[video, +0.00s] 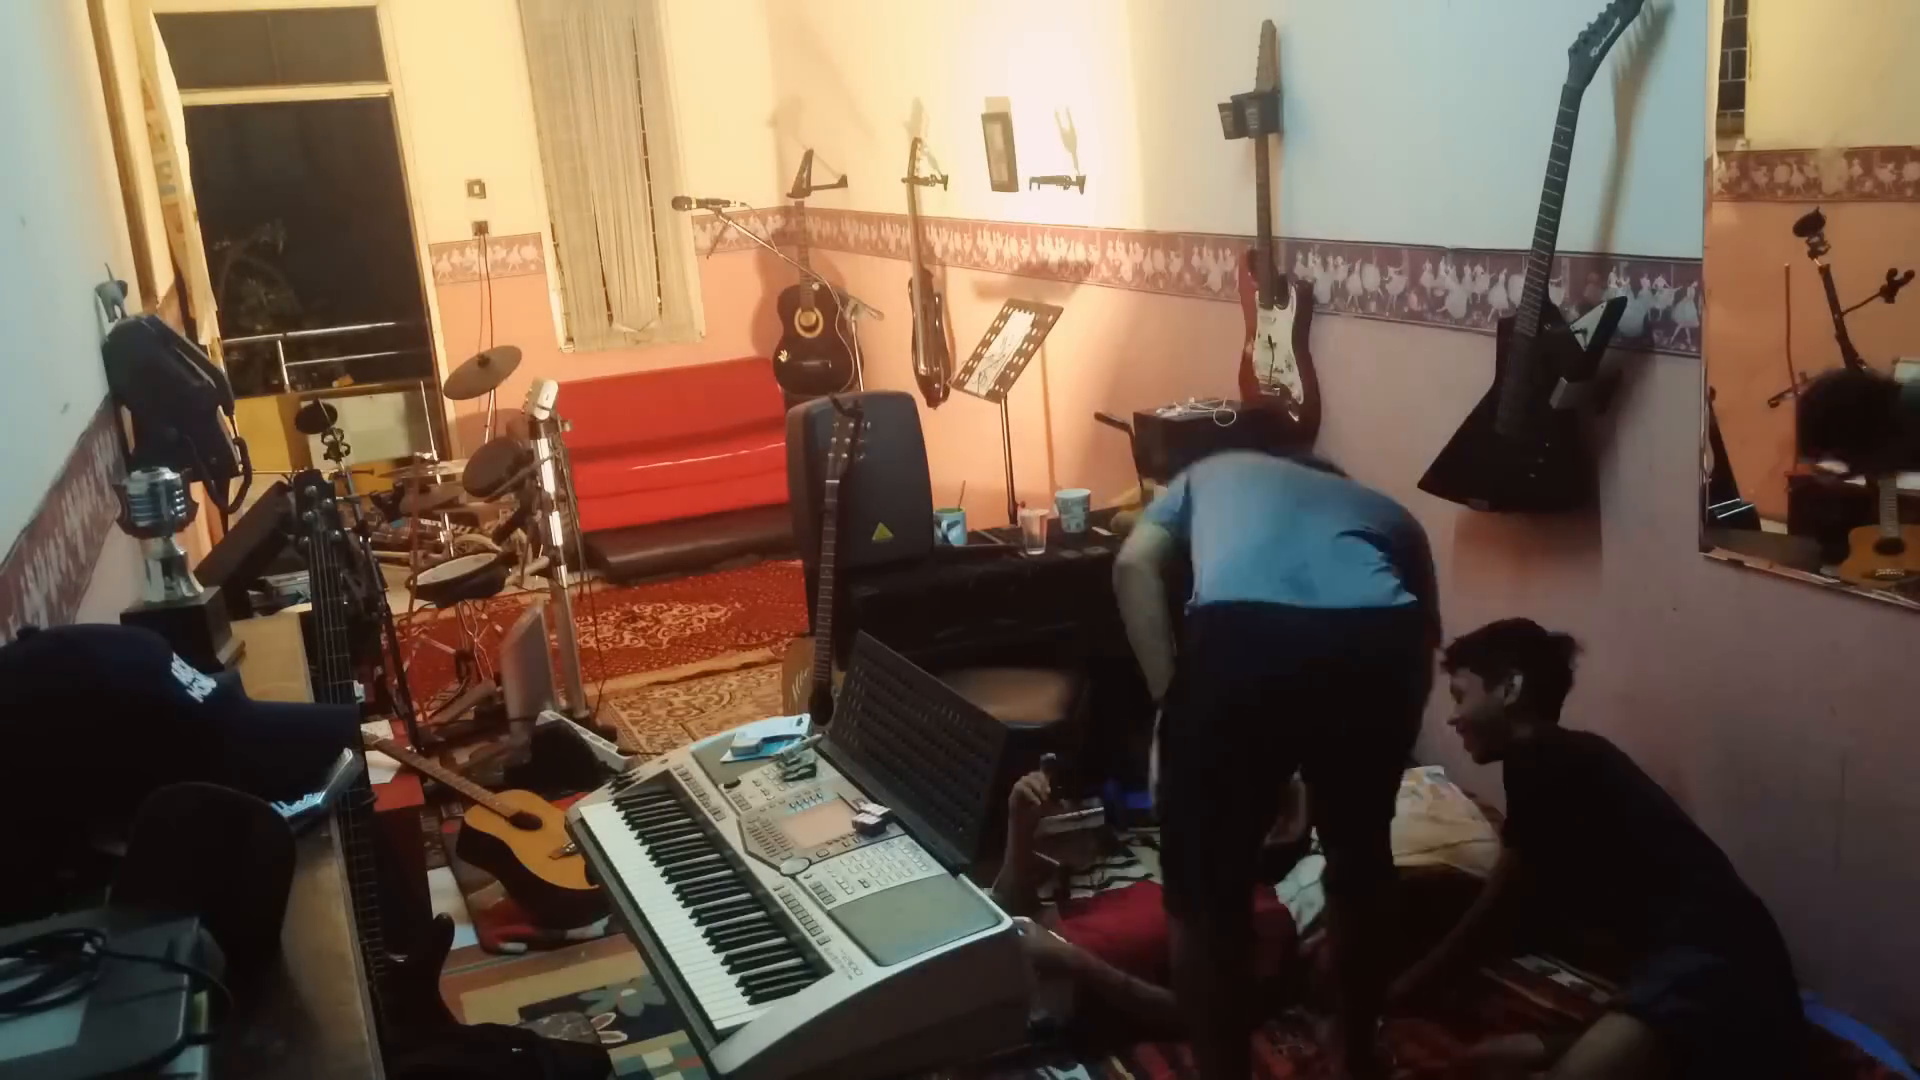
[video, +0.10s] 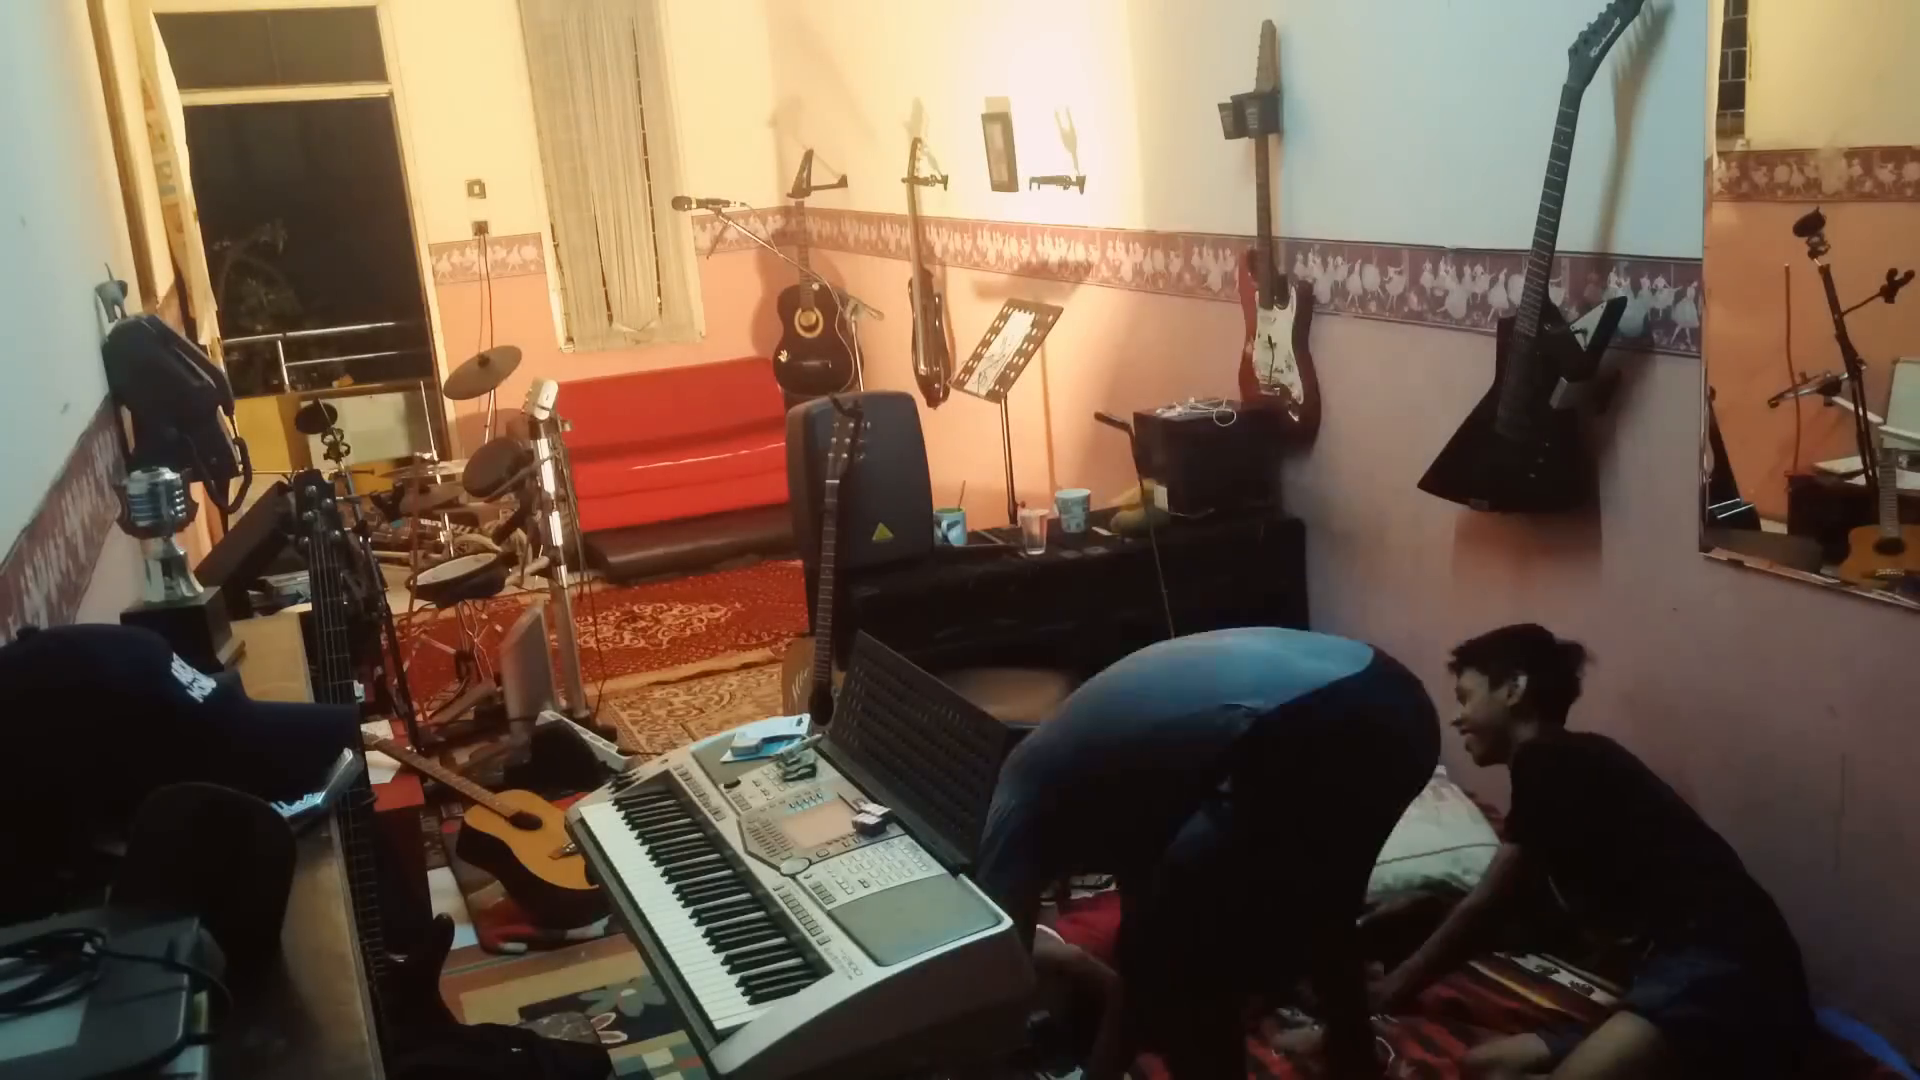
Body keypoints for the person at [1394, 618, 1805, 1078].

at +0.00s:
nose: (1453, 717)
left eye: (1460, 696)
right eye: (1454, 699)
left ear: (1510, 690)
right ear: (1511, 691)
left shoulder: (1541, 766)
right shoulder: (1577, 755)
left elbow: (1506, 901)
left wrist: (1418, 982)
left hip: (1709, 968)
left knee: (1583, 1065)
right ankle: (1556, 1046)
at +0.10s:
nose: (1456, 718)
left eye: (1464, 697)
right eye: (1456, 701)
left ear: (1515, 689)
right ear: (1519, 691)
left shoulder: (1549, 763)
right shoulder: (1575, 761)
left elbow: (1491, 904)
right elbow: (1514, 903)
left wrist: (1394, 988)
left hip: (1718, 971)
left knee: (1574, 1074)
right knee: (1491, 1060)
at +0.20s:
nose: (1474, 713)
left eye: (1483, 693)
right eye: (1474, 696)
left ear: (1533, 683)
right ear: (1530, 685)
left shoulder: (1597, 752)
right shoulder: (1557, 798)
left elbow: (1569, 893)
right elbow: (1542, 905)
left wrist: (1419, 906)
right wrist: (1421, 912)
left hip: (1744, 969)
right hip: (1688, 964)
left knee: (1581, 1070)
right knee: (1491, 1055)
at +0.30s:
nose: (1470, 704)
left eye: (1480, 684)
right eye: (1470, 686)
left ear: (1531, 680)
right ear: (1531, 684)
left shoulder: (1581, 740)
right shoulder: (1567, 757)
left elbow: (1526, 875)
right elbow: (1555, 913)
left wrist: (1447, 874)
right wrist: (1428, 912)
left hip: (1732, 956)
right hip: (1690, 957)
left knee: (1585, 1069)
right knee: (1486, 1058)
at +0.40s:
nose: (1376, 744)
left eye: (1379, 726)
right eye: (1374, 729)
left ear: (1407, 709)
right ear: (1464, 704)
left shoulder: (1414, 728)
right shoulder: (1511, 743)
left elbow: (1405, 890)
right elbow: (1517, 899)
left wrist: (1403, 1005)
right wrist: (1403, 907)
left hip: (1633, 884)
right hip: (1740, 868)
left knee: (1565, 1057)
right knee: (1674, 1026)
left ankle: (1752, 1063)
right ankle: (1803, 1046)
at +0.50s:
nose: (1691, 623)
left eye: (1694, 603)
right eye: (1690, 602)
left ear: (1733, 621)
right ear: (1817, 597)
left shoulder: (1726, 766)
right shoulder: (1906, 722)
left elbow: (1659, 912)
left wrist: (1661, 738)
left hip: (1762, 1036)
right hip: (1895, 1025)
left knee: (1554, 1059)